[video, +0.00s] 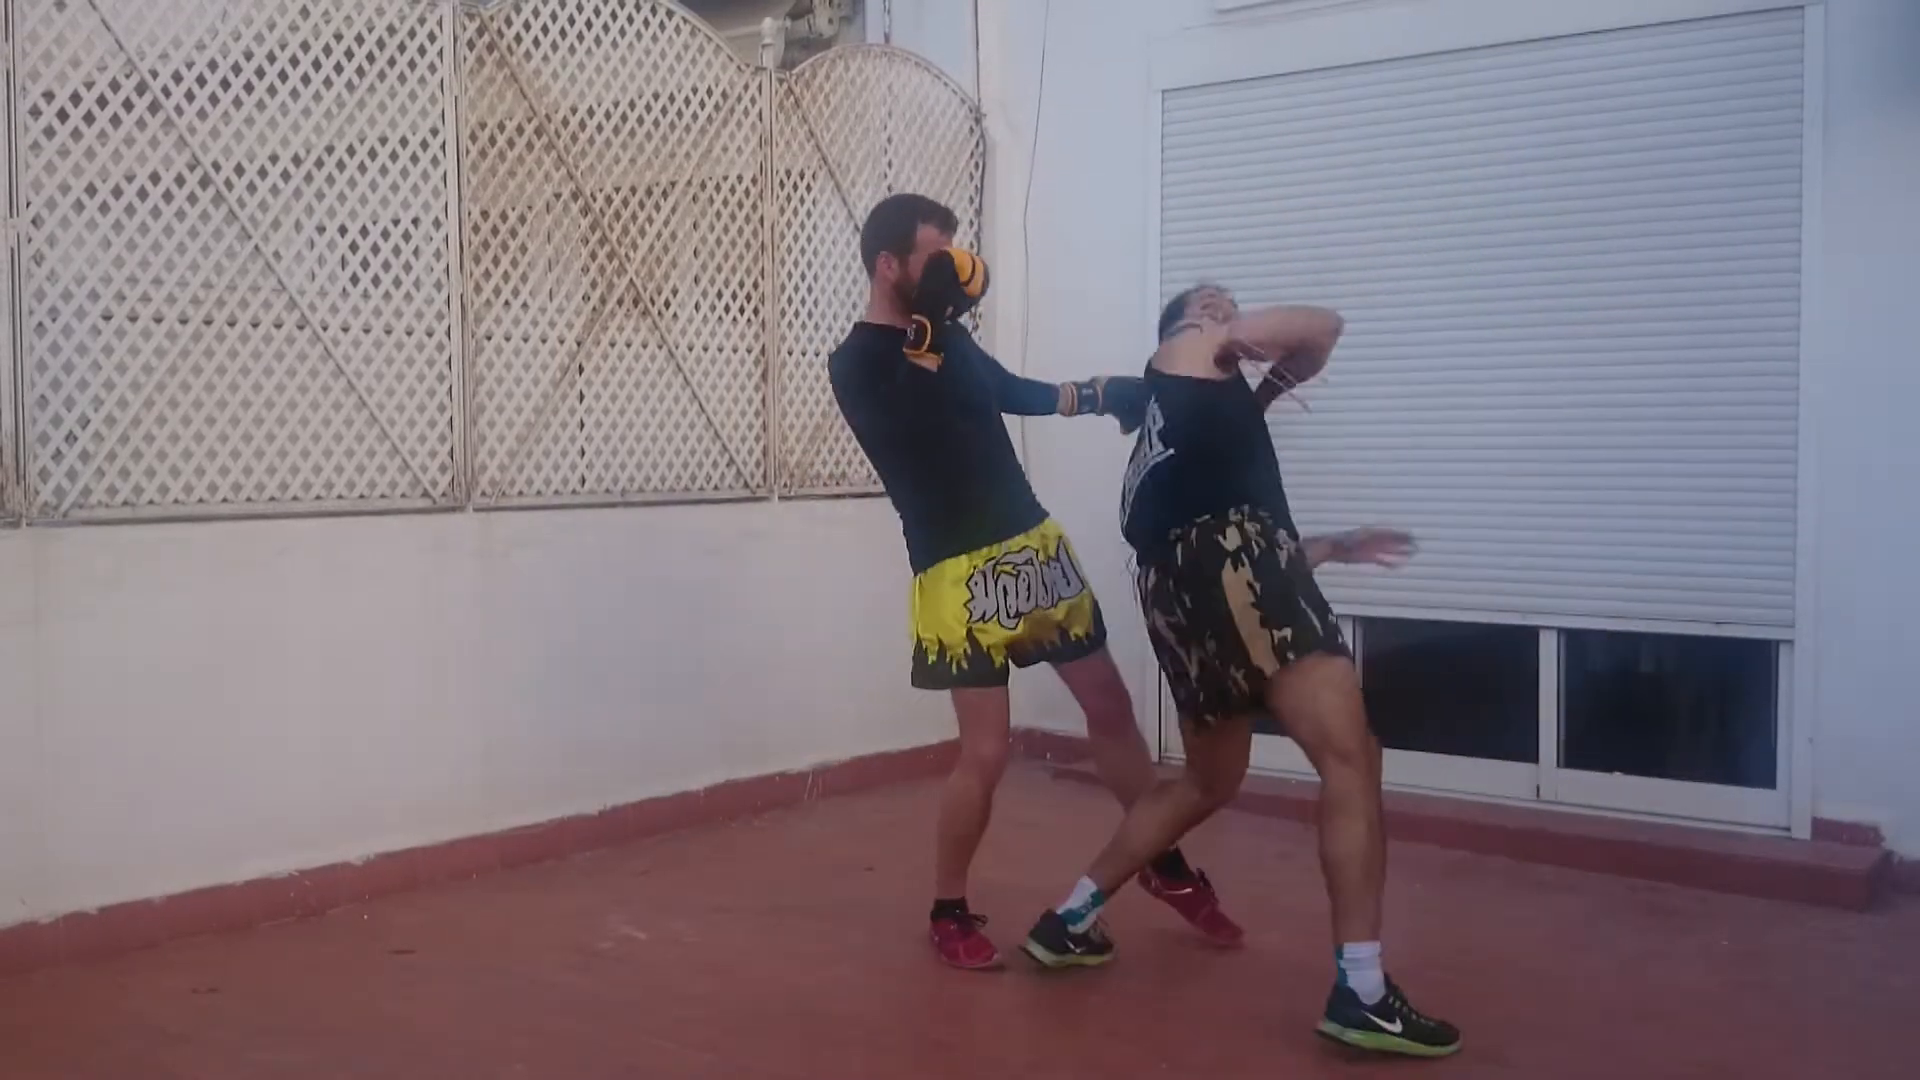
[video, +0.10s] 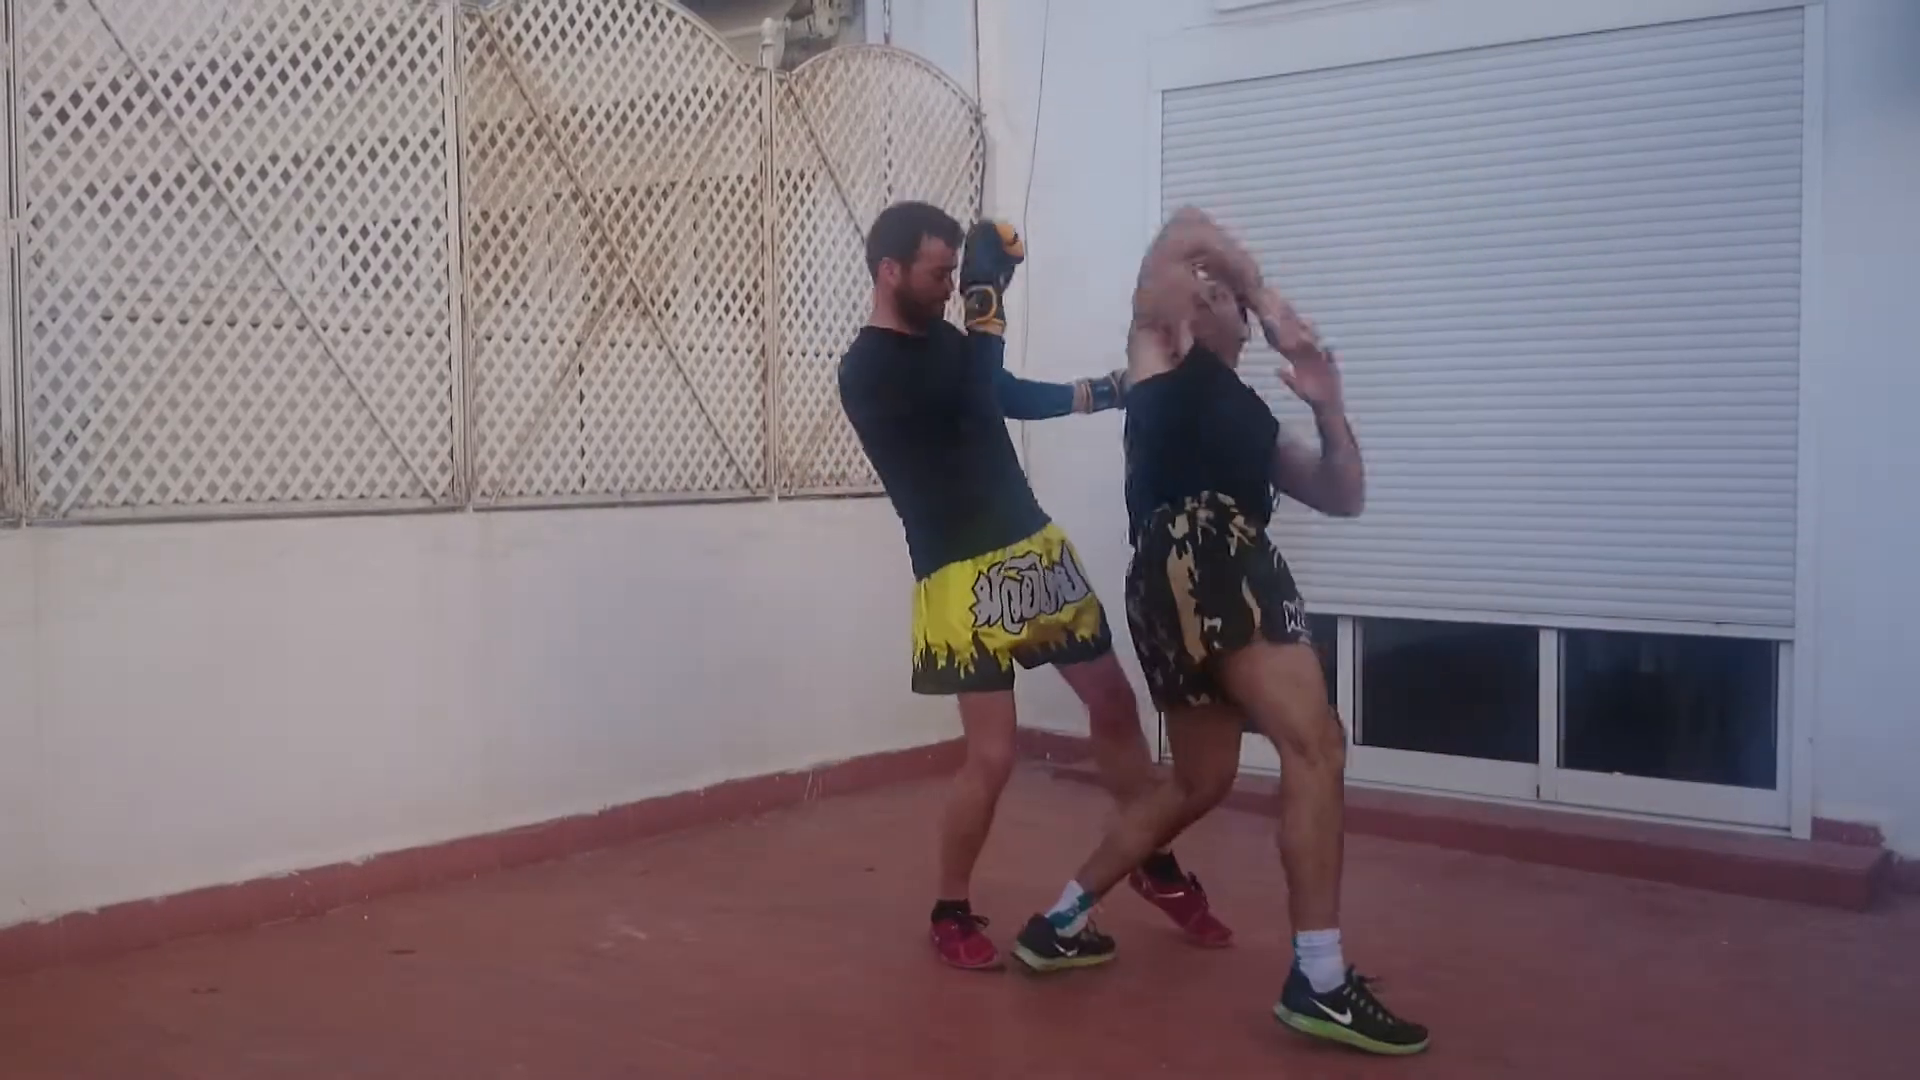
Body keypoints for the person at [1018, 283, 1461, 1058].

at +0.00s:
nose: (1237, 312)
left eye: (1234, 305)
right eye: (1224, 303)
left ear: (1176, 335)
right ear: (1197, 320)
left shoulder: (1166, 435)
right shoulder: (1198, 344)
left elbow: (1230, 548)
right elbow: (1321, 327)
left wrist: (1337, 546)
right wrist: (1264, 365)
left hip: (1173, 587)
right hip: (1236, 556)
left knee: (1209, 777)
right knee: (1349, 755)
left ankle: (1069, 919)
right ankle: (1362, 990)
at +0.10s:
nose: (1235, 298)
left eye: (1233, 290)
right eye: (1219, 289)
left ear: (1226, 315)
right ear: (1188, 299)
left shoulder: (1250, 415)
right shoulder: (1163, 345)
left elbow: (1341, 495)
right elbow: (1184, 231)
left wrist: (1327, 404)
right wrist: (1260, 292)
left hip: (1193, 573)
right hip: (1209, 557)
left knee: (1198, 781)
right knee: (1315, 747)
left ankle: (1058, 921)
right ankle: (1320, 979)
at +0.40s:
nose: (1264, 279)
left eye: (1274, 276)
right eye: (1251, 265)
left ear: (1277, 303)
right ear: (1221, 271)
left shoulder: (1247, 401)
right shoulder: (1194, 315)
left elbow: (1312, 493)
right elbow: (1241, 197)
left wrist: (1340, 395)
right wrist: (1309, 281)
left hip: (1171, 561)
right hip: (1200, 551)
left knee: (1178, 762)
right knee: (1287, 745)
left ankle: (1046, 907)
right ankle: (1303, 968)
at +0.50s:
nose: (1301, 302)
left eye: (1304, 294)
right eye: (1293, 285)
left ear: (1275, 303)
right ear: (1260, 277)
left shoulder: (1241, 383)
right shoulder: (1232, 304)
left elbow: (1288, 503)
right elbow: (1335, 232)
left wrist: (1344, 412)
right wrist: (1351, 314)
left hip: (1162, 545)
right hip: (1217, 536)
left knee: (1164, 747)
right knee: (1347, 715)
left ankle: (1046, 900)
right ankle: (1322, 933)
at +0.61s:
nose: (1328, 299)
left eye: (1324, 290)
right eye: (1322, 289)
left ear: (1246, 292)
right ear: (1303, 284)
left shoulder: (1203, 371)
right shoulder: (1284, 304)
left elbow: (1266, 504)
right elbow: (1410, 318)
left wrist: (1352, 450)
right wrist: (1379, 348)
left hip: (1172, 548)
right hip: (1260, 537)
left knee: (1149, 735)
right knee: (1358, 724)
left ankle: (1049, 898)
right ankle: (1398, 934)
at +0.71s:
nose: (1352, 314)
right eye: (1349, 305)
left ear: (1272, 302)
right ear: (1342, 298)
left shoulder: (1221, 358)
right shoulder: (1344, 338)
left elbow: (1234, 462)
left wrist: (1344, 483)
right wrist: (1393, 365)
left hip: (1208, 555)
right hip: (1314, 557)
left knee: (1145, 741)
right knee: (1377, 755)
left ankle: (1052, 906)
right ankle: (1403, 955)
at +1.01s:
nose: (1282, 280)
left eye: (1283, 267)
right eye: (1283, 270)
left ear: (1307, 255)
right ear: (1362, 260)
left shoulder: (1283, 310)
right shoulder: (1428, 341)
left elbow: (1212, 423)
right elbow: (1415, 441)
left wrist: (1248, 468)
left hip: (1291, 536)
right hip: (1396, 546)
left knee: (1198, 732)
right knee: (1415, 747)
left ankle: (1149, 948)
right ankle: (1467, 951)